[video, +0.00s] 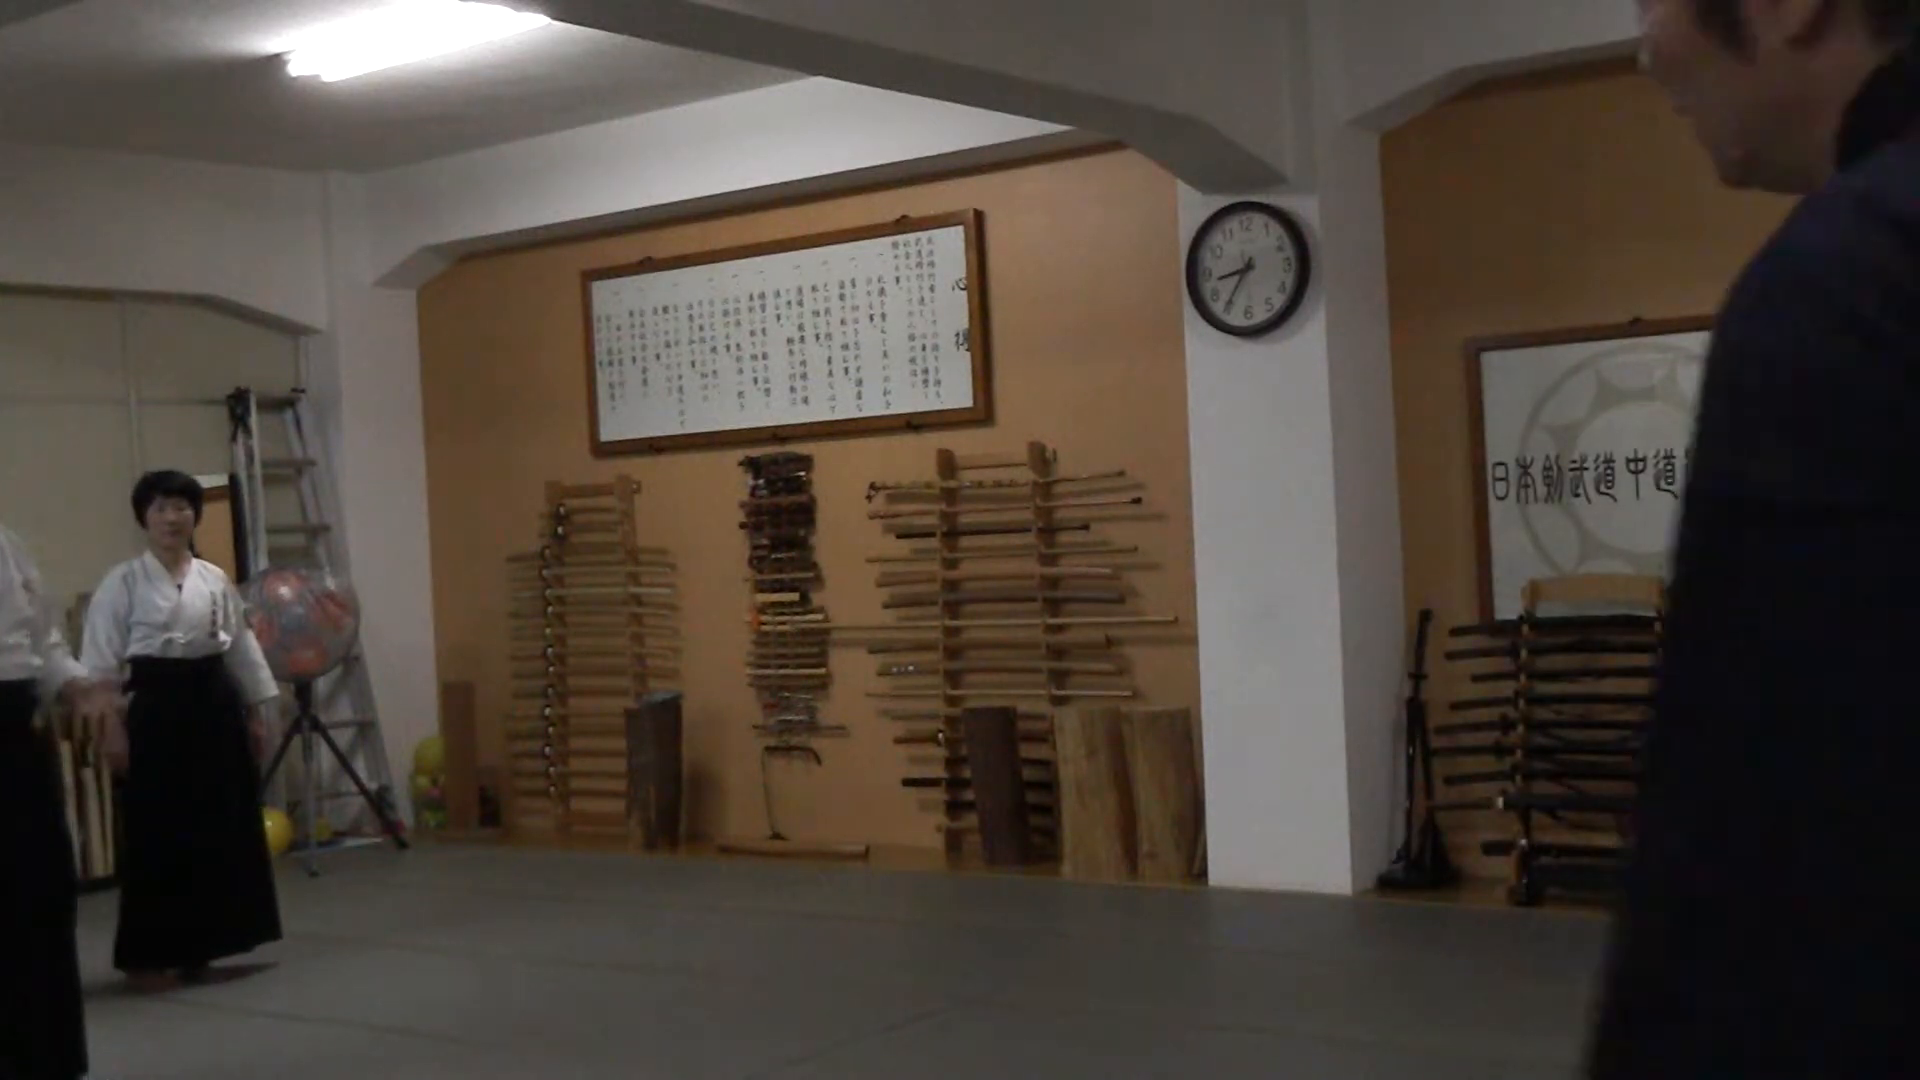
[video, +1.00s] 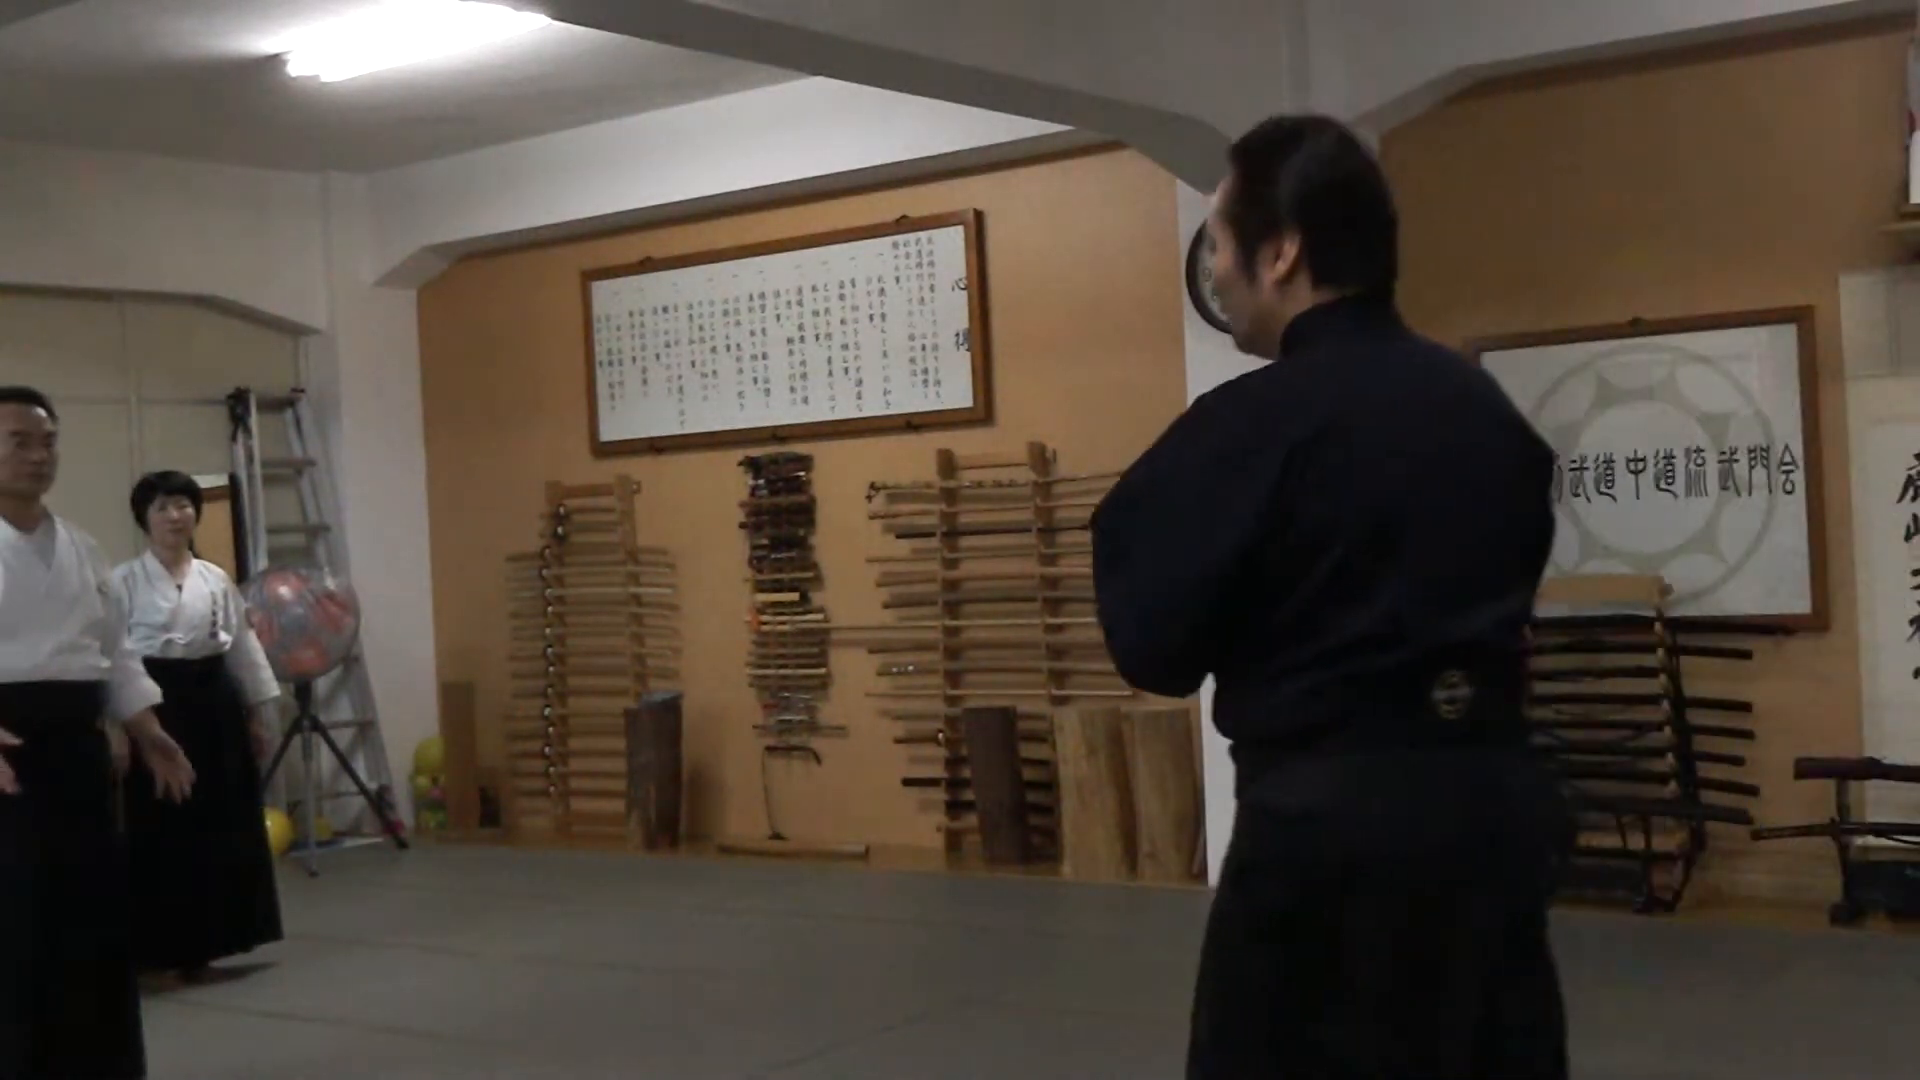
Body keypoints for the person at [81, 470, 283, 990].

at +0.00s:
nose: (172, 517)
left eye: (181, 508)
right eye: (161, 509)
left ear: (195, 517)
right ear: (142, 518)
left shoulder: (214, 580)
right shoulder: (122, 583)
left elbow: (241, 646)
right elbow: (101, 662)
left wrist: (263, 706)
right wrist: (110, 726)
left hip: (210, 701)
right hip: (154, 705)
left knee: (214, 819)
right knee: (156, 824)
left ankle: (202, 949)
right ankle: (149, 956)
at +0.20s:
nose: (173, 518)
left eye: (182, 508)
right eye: (162, 509)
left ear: (197, 518)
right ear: (145, 519)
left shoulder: (215, 580)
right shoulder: (124, 582)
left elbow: (242, 646)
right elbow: (104, 656)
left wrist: (261, 710)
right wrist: (112, 724)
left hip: (212, 703)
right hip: (156, 706)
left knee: (213, 821)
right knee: (159, 826)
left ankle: (200, 949)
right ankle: (151, 956)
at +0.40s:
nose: (174, 517)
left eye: (183, 508)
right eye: (163, 509)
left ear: (197, 518)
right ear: (145, 519)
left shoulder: (216, 581)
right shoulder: (124, 582)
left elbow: (243, 648)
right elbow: (103, 657)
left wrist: (261, 712)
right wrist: (114, 725)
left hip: (213, 703)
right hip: (158, 705)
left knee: (217, 821)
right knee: (162, 825)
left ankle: (204, 949)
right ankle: (156, 955)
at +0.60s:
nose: (174, 517)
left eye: (182, 508)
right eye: (163, 508)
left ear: (196, 518)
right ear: (145, 519)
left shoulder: (215, 581)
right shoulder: (123, 583)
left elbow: (242, 648)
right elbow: (105, 658)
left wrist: (260, 712)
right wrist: (114, 724)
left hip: (213, 702)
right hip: (158, 705)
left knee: (215, 821)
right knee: (161, 826)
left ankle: (202, 950)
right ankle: (153, 956)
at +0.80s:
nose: (175, 516)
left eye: (183, 507)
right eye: (163, 508)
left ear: (196, 517)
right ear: (144, 519)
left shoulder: (215, 580)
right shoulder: (124, 583)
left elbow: (242, 645)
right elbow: (96, 654)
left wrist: (262, 710)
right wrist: (109, 712)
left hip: (212, 701)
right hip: (157, 704)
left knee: (213, 821)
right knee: (161, 824)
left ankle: (201, 950)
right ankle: (155, 954)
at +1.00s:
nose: (175, 515)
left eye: (183, 506)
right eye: (163, 507)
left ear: (197, 515)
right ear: (144, 519)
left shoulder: (216, 580)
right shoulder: (124, 581)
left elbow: (243, 646)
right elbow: (112, 658)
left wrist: (262, 713)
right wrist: (121, 729)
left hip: (211, 702)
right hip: (153, 706)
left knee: (213, 818)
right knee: (159, 822)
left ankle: (203, 946)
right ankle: (162, 949)